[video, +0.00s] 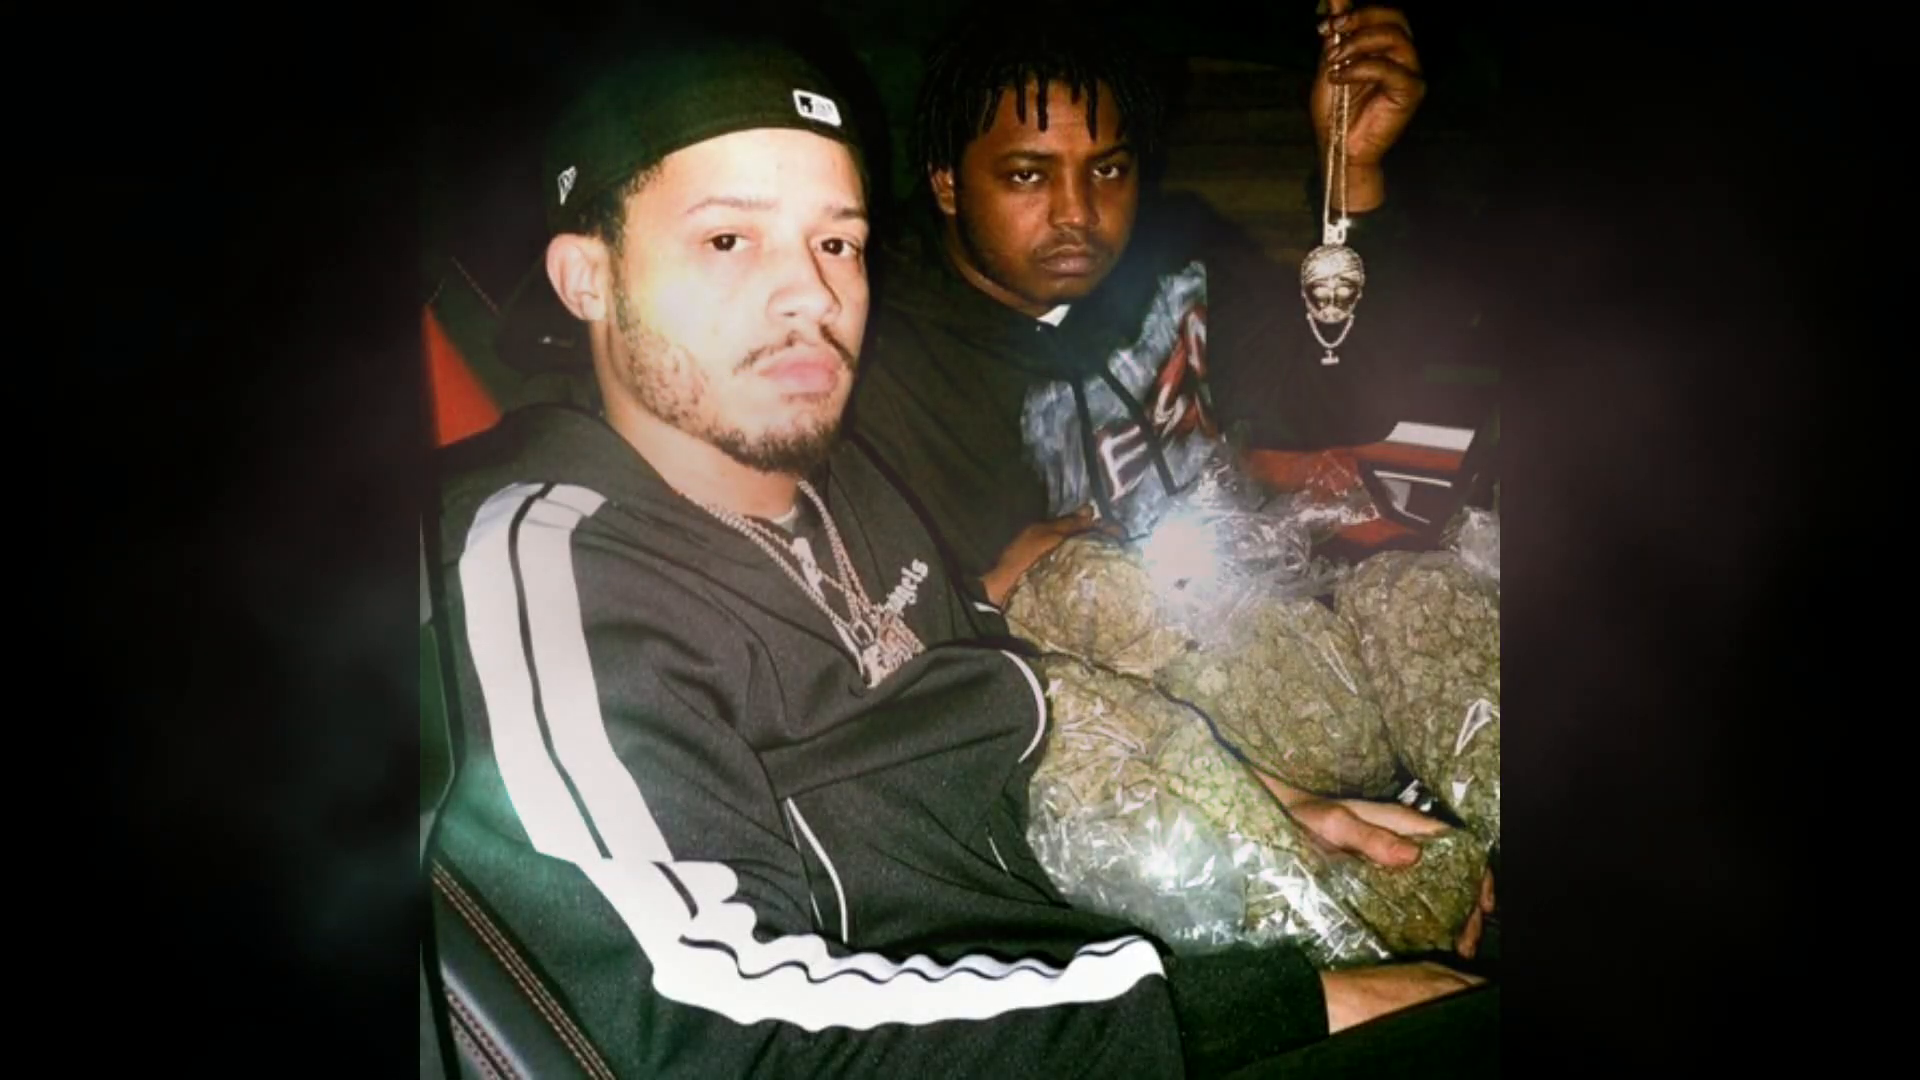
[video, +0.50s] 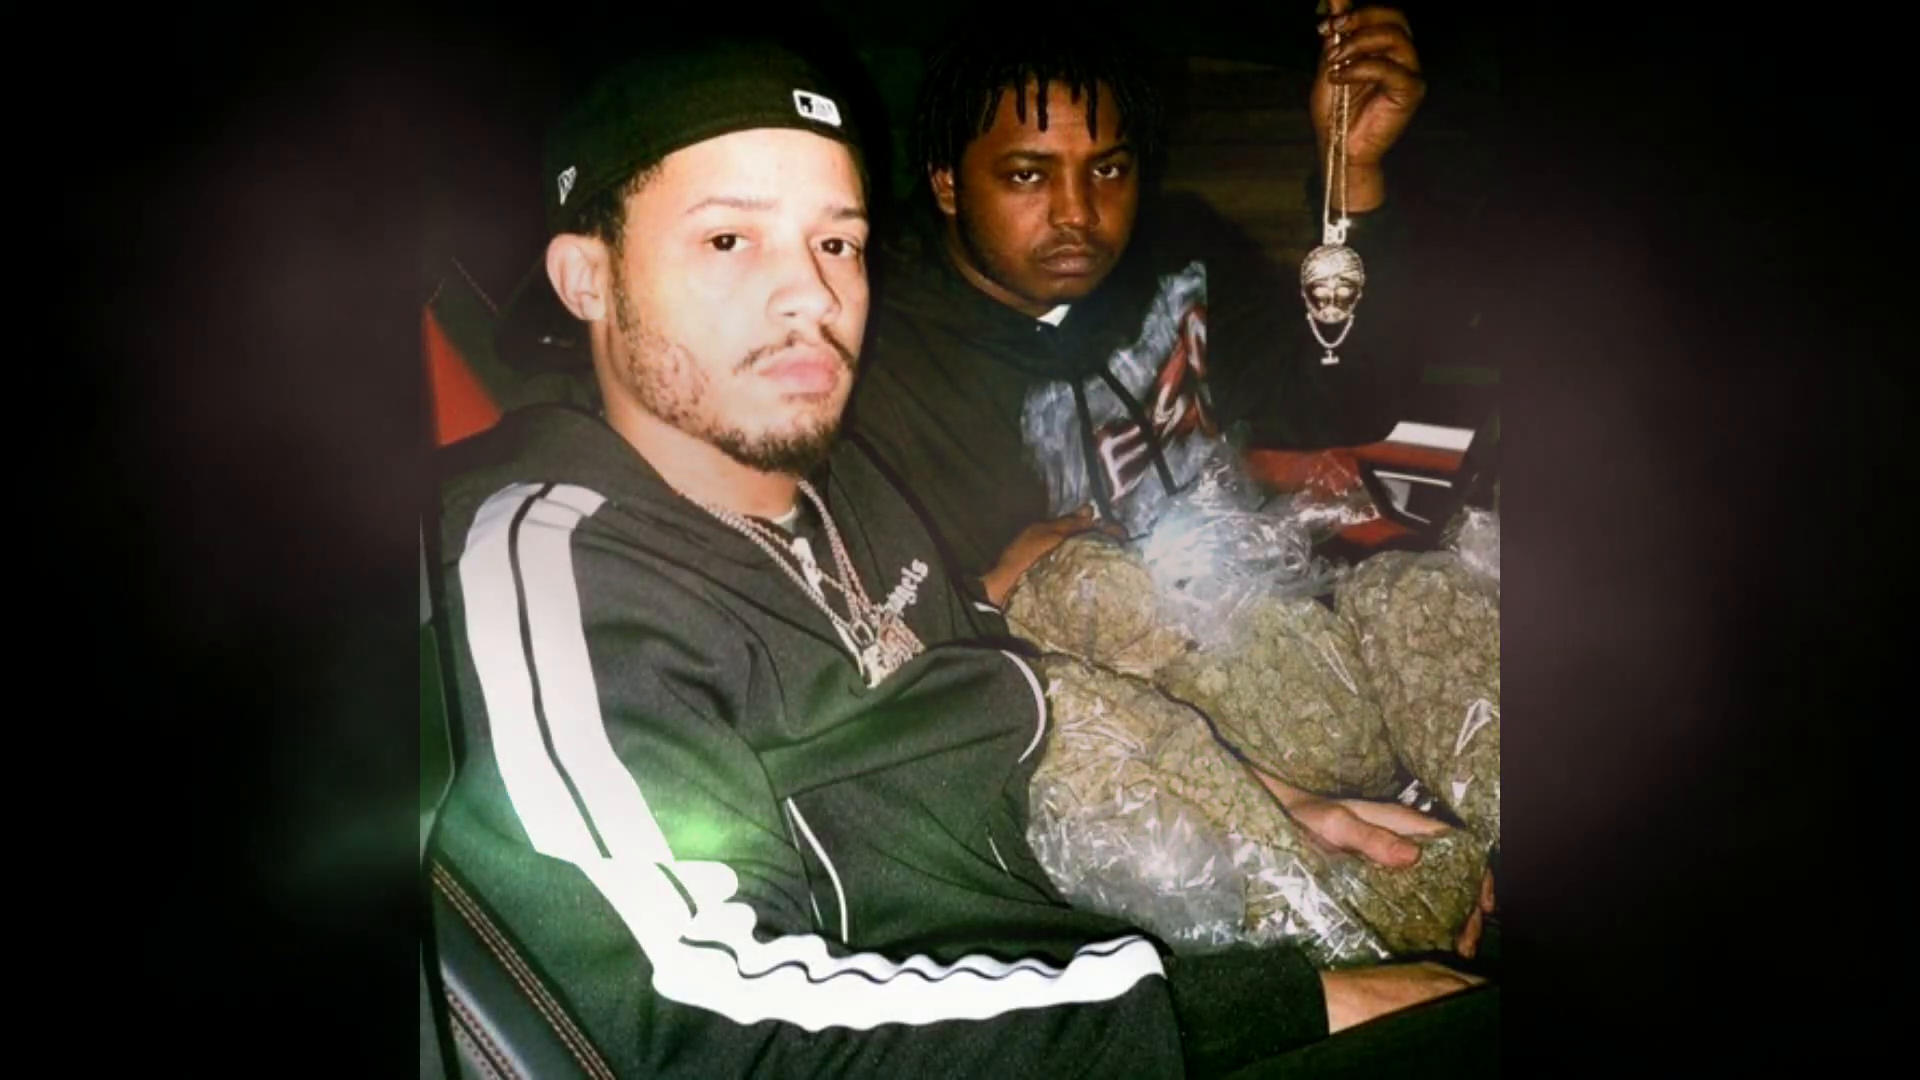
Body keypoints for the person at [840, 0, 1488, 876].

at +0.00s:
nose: (1076, 218)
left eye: (1107, 172)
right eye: (1026, 176)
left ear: (1138, 170)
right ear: (946, 186)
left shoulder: (1183, 249)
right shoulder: (896, 353)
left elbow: (1341, 420)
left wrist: (1353, 175)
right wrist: (990, 583)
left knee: (1448, 607)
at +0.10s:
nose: (1075, 218)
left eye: (1106, 172)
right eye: (1026, 176)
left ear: (1138, 171)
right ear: (946, 186)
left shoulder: (1183, 249)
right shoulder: (899, 353)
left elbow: (1336, 418)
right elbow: (1020, 570)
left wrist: (1351, 176)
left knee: (1434, 595)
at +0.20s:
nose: (1076, 218)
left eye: (1106, 172)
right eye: (1026, 176)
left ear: (1138, 169)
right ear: (946, 186)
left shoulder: (1184, 249)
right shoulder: (899, 353)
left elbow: (1339, 425)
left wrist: (1352, 175)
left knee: (1441, 599)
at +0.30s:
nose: (1076, 217)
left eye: (1106, 171)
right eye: (1026, 176)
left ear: (1138, 171)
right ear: (947, 187)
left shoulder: (1183, 253)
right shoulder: (893, 354)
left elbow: (1338, 421)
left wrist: (1352, 175)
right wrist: (995, 581)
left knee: (1431, 593)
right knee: (1083, 577)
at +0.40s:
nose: (1076, 218)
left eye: (1106, 171)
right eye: (1026, 176)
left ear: (1138, 171)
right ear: (947, 187)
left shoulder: (1183, 252)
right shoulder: (891, 354)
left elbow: (1338, 419)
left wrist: (1353, 174)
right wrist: (996, 581)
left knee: (1439, 595)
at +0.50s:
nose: (1075, 217)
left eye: (1106, 172)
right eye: (1026, 176)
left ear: (1138, 171)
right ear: (947, 187)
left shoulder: (1183, 255)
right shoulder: (886, 358)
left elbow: (1342, 419)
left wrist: (1353, 176)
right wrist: (994, 587)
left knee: (1442, 600)